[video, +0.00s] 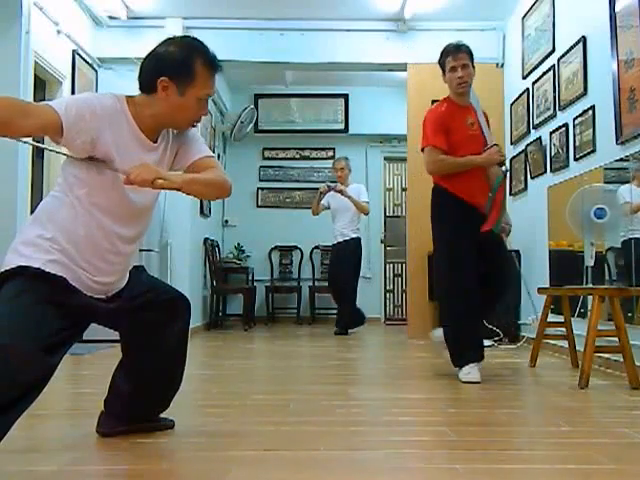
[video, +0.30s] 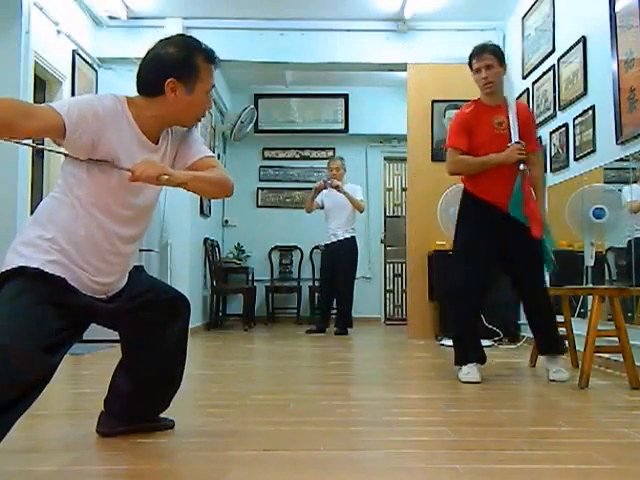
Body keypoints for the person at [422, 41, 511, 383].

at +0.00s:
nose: (460, 74)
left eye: (465, 67)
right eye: (453, 69)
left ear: (474, 72)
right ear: (444, 76)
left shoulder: (481, 115)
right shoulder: (437, 114)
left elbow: (488, 167)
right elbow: (432, 164)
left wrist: (499, 211)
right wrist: (482, 159)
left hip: (481, 206)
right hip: (452, 204)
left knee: (500, 275)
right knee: (460, 279)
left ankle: (452, 330)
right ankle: (467, 361)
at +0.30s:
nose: (485, 75)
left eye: (490, 67)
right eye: (479, 70)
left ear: (503, 70)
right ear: (472, 76)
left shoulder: (521, 113)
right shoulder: (464, 116)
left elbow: (534, 164)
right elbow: (453, 165)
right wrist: (500, 157)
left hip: (517, 209)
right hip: (477, 209)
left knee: (533, 284)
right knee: (468, 284)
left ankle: (552, 353)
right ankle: (468, 360)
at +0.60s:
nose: (513, 75)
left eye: (520, 68)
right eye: (508, 70)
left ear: (535, 69)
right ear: (504, 75)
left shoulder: (557, 111)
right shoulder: (495, 117)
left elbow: (573, 161)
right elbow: (483, 167)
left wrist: (575, 207)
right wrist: (517, 162)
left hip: (548, 211)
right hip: (504, 210)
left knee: (555, 284)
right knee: (488, 280)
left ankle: (555, 356)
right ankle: (486, 356)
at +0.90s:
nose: (516, 77)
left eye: (522, 70)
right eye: (511, 73)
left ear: (539, 72)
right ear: (508, 79)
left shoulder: (561, 112)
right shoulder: (503, 121)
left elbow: (576, 163)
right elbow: (491, 169)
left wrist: (576, 209)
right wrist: (516, 165)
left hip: (554, 211)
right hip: (513, 210)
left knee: (555, 283)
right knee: (513, 279)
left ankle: (556, 357)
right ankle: (525, 353)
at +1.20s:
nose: (506, 84)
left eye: (511, 77)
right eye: (501, 80)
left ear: (527, 79)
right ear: (498, 86)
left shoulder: (549, 114)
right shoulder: (498, 127)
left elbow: (564, 163)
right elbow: (486, 175)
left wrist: (562, 210)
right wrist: (507, 168)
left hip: (547, 213)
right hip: (511, 214)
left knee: (552, 284)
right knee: (518, 282)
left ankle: (555, 357)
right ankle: (528, 355)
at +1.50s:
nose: (496, 89)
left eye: (502, 82)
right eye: (491, 85)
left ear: (517, 84)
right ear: (489, 92)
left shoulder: (539, 116)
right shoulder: (490, 134)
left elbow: (557, 161)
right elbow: (482, 179)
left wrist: (556, 205)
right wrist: (501, 173)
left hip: (543, 215)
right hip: (511, 218)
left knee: (551, 284)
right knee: (515, 284)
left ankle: (559, 356)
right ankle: (528, 354)